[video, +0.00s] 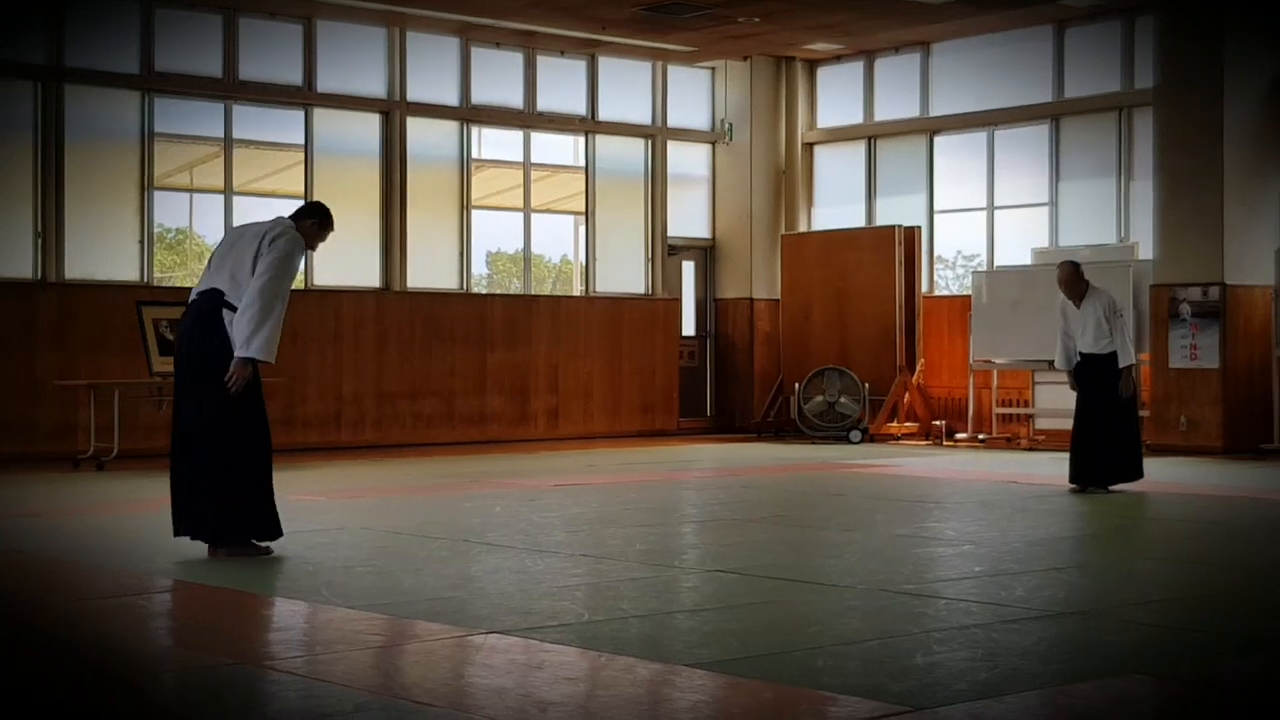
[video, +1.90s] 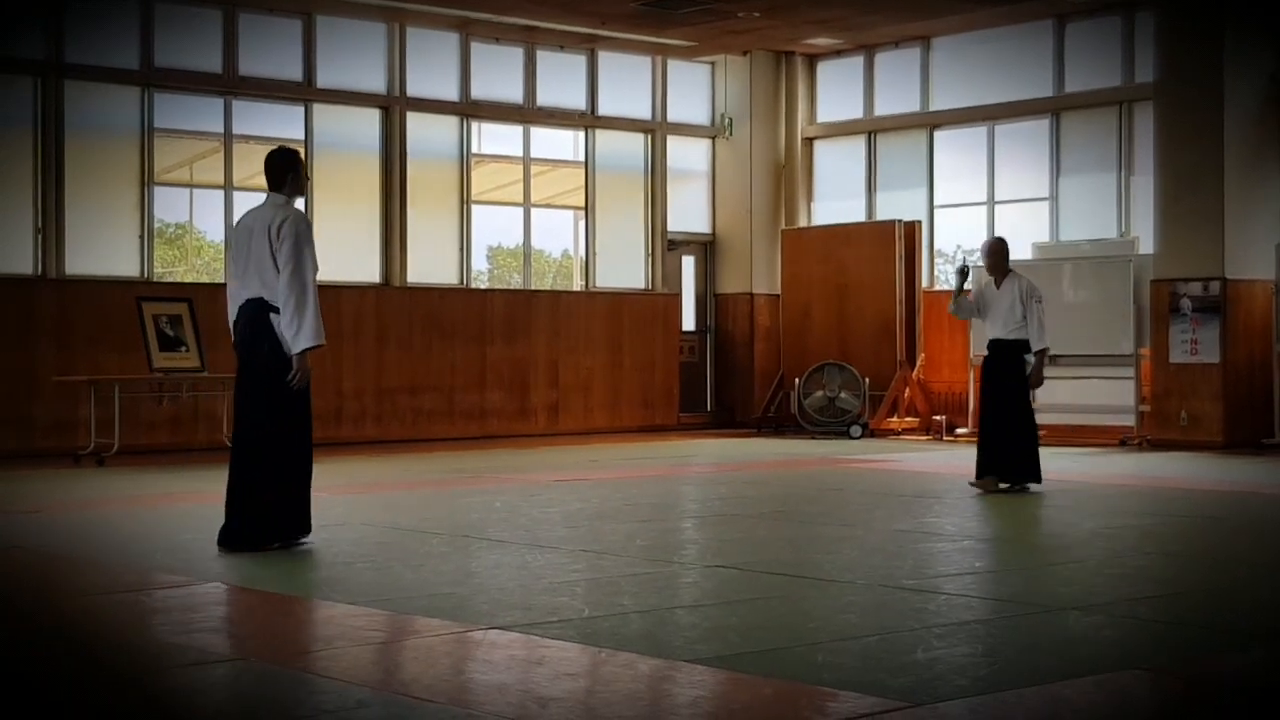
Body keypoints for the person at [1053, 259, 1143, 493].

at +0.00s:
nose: (1063, 290)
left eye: (1066, 284)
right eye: (1061, 285)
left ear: (1081, 280)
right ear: (1060, 284)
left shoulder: (1104, 300)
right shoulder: (1065, 303)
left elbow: (1121, 337)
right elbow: (1065, 338)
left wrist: (1127, 373)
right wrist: (1068, 370)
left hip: (1108, 364)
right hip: (1085, 365)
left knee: (1105, 422)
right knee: (1084, 422)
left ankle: (1101, 479)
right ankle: (1083, 478)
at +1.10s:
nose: (1054, 264)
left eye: (1060, 259)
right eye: (1053, 259)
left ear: (1076, 260)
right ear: (1055, 261)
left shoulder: (1093, 289)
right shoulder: (1055, 292)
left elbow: (1102, 328)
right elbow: (1049, 328)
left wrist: (1100, 365)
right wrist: (1046, 363)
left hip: (1088, 356)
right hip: (1063, 356)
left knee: (1093, 417)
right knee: (1057, 415)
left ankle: (1099, 475)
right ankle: (1056, 472)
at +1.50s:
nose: (1024, 259)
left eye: (1029, 255)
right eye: (1023, 254)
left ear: (1043, 257)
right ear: (1022, 256)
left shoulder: (1060, 287)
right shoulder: (1020, 292)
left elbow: (1073, 328)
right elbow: (1012, 330)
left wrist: (1074, 365)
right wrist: (1009, 367)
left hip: (1052, 357)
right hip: (1025, 357)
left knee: (1069, 416)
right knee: (1022, 417)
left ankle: (1094, 466)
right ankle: (1020, 477)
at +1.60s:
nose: (1012, 258)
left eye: (1017, 253)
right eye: (1012, 253)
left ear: (1032, 257)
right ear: (1013, 256)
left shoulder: (1049, 287)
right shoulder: (1009, 292)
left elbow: (1063, 326)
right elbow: (1000, 329)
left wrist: (1066, 363)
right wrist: (989, 364)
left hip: (1040, 357)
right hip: (1014, 357)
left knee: (1047, 416)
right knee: (1014, 417)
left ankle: (1080, 459)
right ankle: (1017, 478)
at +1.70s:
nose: (1002, 257)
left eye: (1007, 252)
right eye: (1003, 253)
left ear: (1021, 256)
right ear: (1006, 256)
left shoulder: (1040, 286)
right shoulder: (1003, 289)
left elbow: (1053, 325)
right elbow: (992, 323)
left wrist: (1056, 363)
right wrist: (972, 346)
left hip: (1032, 355)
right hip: (1008, 355)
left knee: (1030, 415)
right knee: (1008, 416)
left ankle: (1058, 463)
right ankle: (1019, 477)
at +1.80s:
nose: (995, 260)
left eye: (1000, 255)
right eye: (993, 255)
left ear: (1013, 256)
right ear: (993, 257)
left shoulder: (1032, 287)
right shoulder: (993, 291)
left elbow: (1044, 325)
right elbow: (981, 320)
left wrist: (1047, 362)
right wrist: (965, 316)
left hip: (1024, 355)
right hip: (1001, 355)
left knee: (1020, 415)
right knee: (999, 415)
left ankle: (1025, 477)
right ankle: (1010, 476)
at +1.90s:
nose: (985, 263)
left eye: (990, 257)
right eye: (984, 257)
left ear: (1004, 257)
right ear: (984, 259)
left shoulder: (1024, 287)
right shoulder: (985, 289)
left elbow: (1037, 327)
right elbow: (962, 311)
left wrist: (1038, 365)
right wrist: (959, 288)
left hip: (1016, 356)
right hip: (994, 355)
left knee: (1016, 416)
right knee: (990, 415)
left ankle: (1019, 476)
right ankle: (989, 475)